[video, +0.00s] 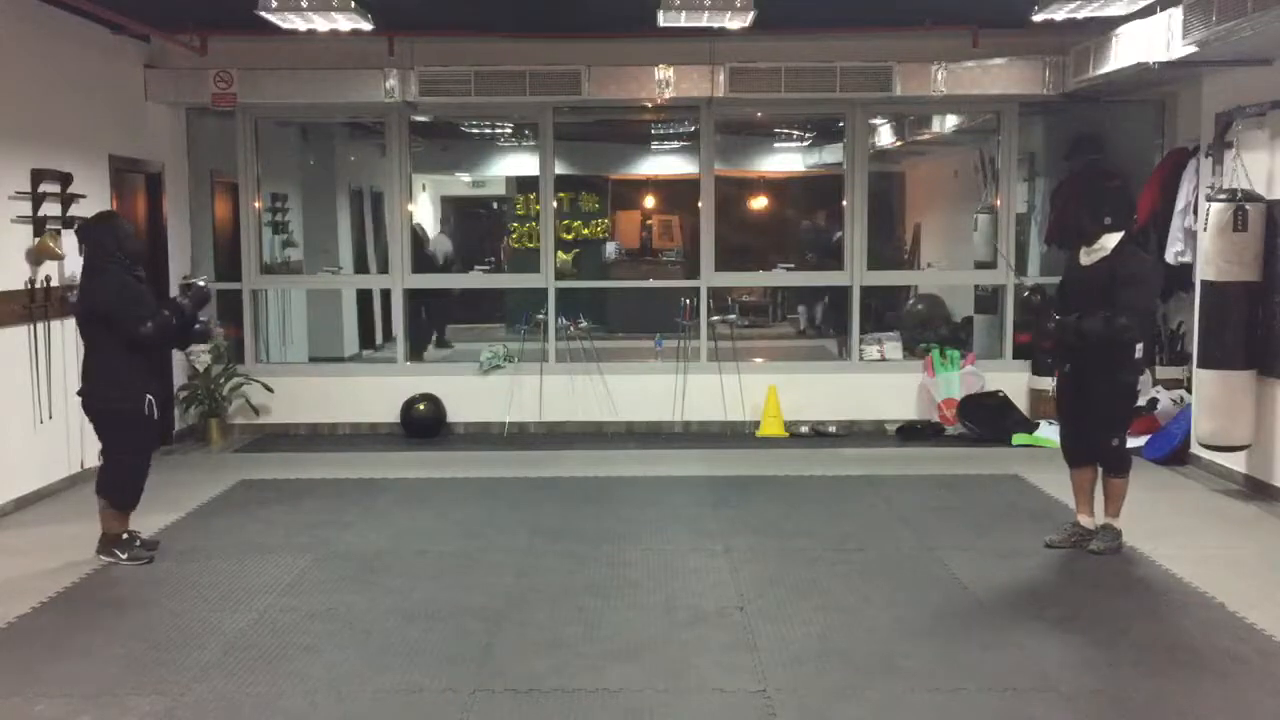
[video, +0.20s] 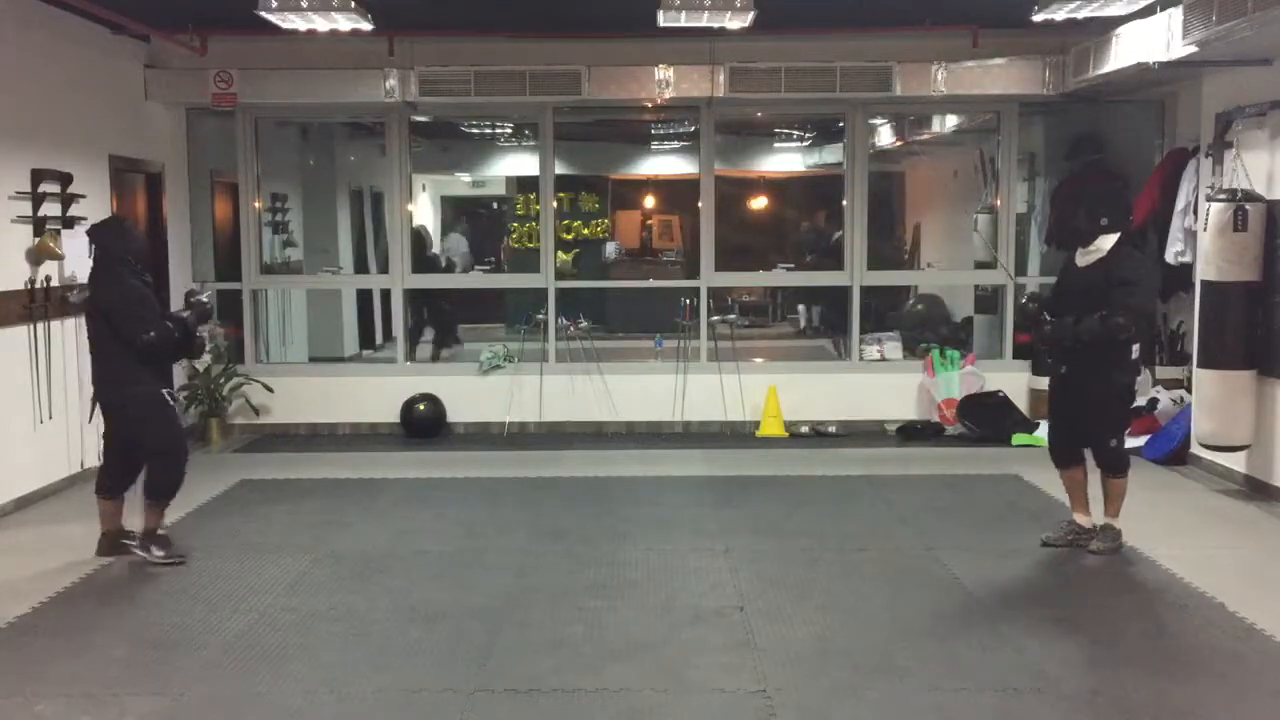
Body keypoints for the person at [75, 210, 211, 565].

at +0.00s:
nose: (137, 241)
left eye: (134, 234)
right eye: (129, 236)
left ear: (102, 243)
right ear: (113, 242)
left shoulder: (115, 277)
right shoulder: (111, 281)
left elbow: (144, 329)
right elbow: (143, 332)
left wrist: (186, 330)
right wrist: (185, 306)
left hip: (124, 388)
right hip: (121, 390)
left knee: (126, 458)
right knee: (125, 459)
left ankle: (118, 534)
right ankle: (112, 538)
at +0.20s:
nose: (143, 242)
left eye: (139, 236)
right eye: (136, 238)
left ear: (105, 248)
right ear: (123, 246)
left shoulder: (105, 282)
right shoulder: (124, 284)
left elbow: (139, 334)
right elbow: (150, 340)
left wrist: (178, 324)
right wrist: (189, 319)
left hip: (115, 387)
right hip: (139, 387)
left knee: (121, 456)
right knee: (170, 452)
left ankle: (112, 534)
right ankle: (151, 535)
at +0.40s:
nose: (171, 247)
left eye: (167, 240)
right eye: (164, 241)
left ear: (130, 252)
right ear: (151, 251)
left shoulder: (122, 287)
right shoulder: (150, 290)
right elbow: (170, 348)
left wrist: (197, 341)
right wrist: (207, 327)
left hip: (131, 392)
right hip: (154, 394)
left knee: (124, 461)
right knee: (182, 459)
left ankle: (112, 534)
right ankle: (219, 535)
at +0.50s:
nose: (187, 259)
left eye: (184, 252)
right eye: (182, 252)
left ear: (140, 255)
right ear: (172, 256)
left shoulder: (133, 288)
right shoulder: (167, 295)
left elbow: (165, 347)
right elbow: (190, 354)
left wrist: (211, 335)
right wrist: (226, 334)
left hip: (140, 397)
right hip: (171, 400)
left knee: (134, 461)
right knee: (194, 466)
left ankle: (114, 533)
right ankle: (225, 541)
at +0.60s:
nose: (203, 257)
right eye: (199, 250)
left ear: (157, 254)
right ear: (193, 255)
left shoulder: (142, 287)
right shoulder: (187, 297)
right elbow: (209, 356)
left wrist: (224, 331)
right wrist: (237, 338)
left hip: (148, 395)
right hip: (186, 399)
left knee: (151, 459)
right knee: (206, 465)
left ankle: (119, 533)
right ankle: (228, 545)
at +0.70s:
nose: (218, 249)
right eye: (213, 243)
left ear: (175, 249)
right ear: (205, 248)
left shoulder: (163, 283)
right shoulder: (200, 289)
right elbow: (221, 349)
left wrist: (238, 335)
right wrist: (257, 331)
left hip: (168, 386)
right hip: (199, 391)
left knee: (171, 454)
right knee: (213, 461)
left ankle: (131, 526)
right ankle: (228, 545)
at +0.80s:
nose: (234, 248)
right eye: (229, 242)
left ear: (193, 248)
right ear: (220, 248)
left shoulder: (185, 285)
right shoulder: (217, 291)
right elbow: (240, 351)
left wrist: (260, 332)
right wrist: (271, 327)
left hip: (186, 388)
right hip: (213, 394)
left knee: (187, 455)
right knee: (220, 464)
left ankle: (154, 527)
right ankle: (230, 546)